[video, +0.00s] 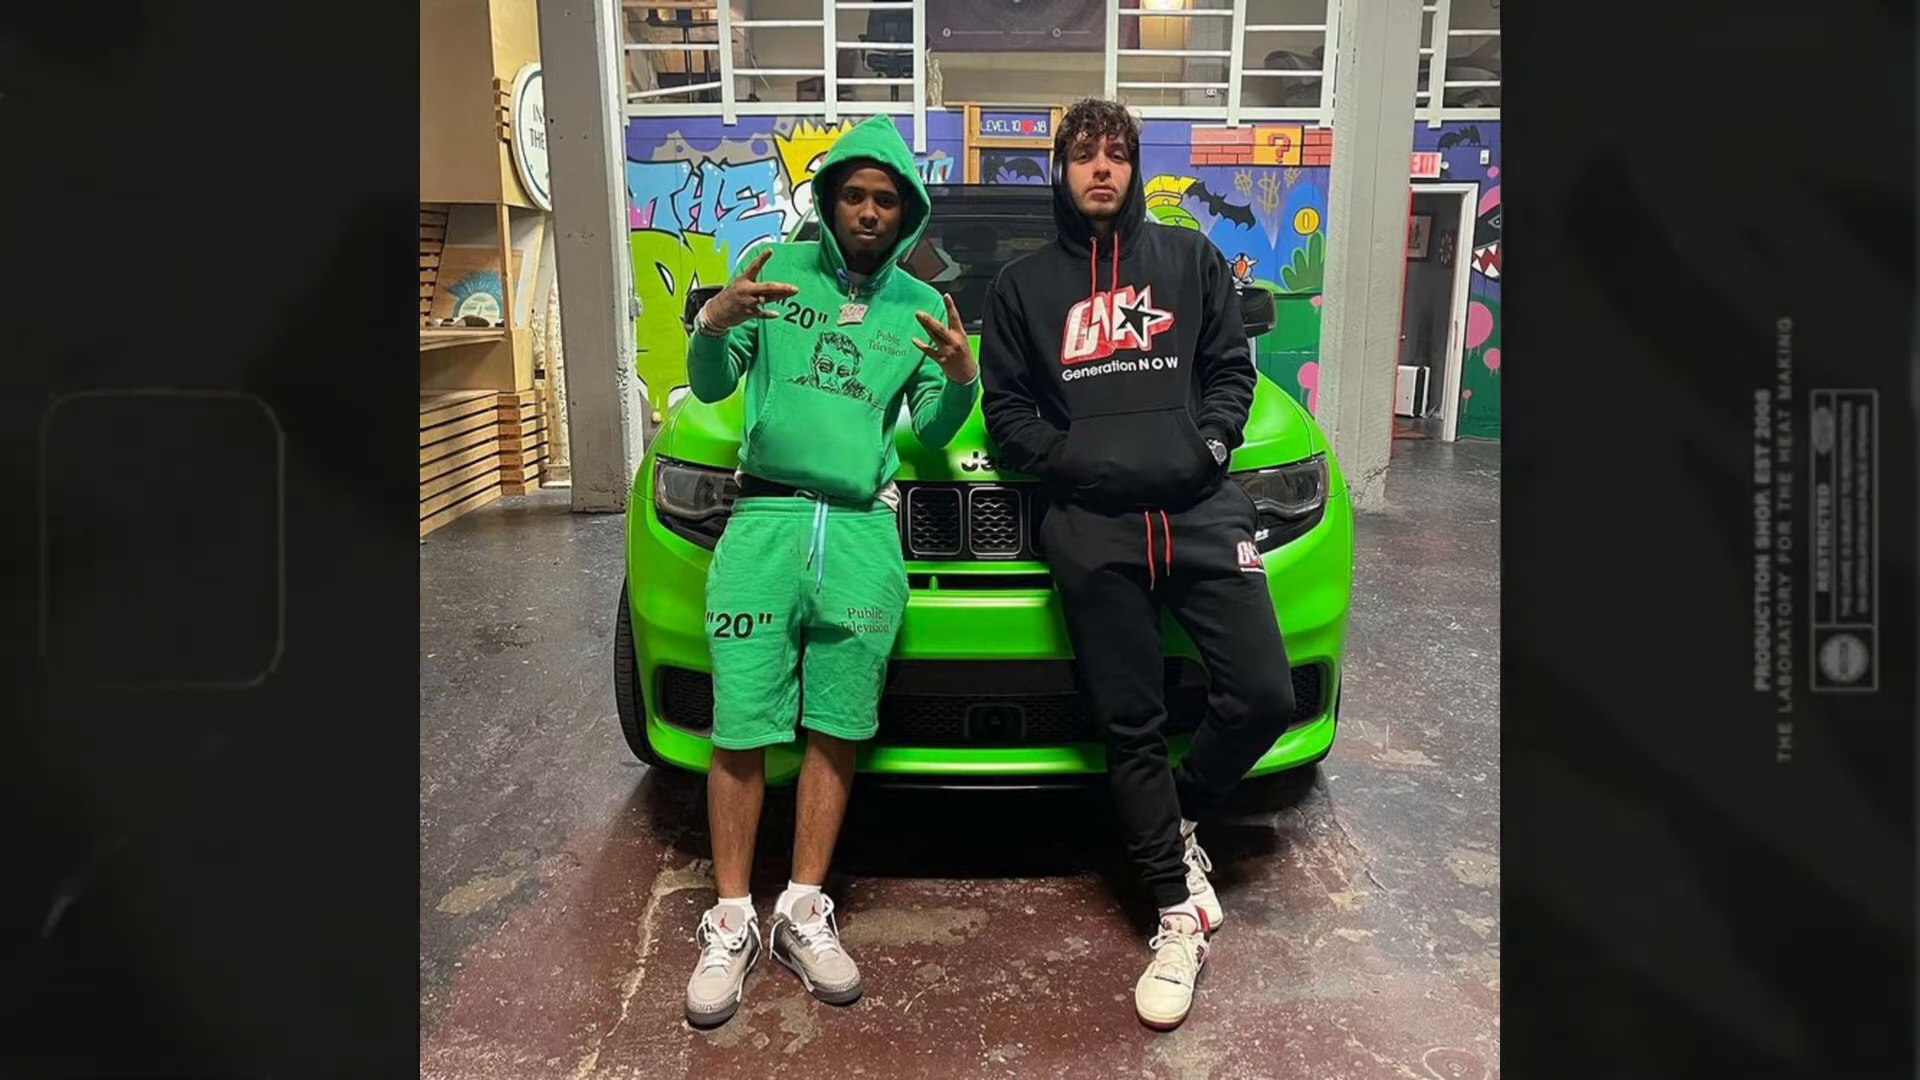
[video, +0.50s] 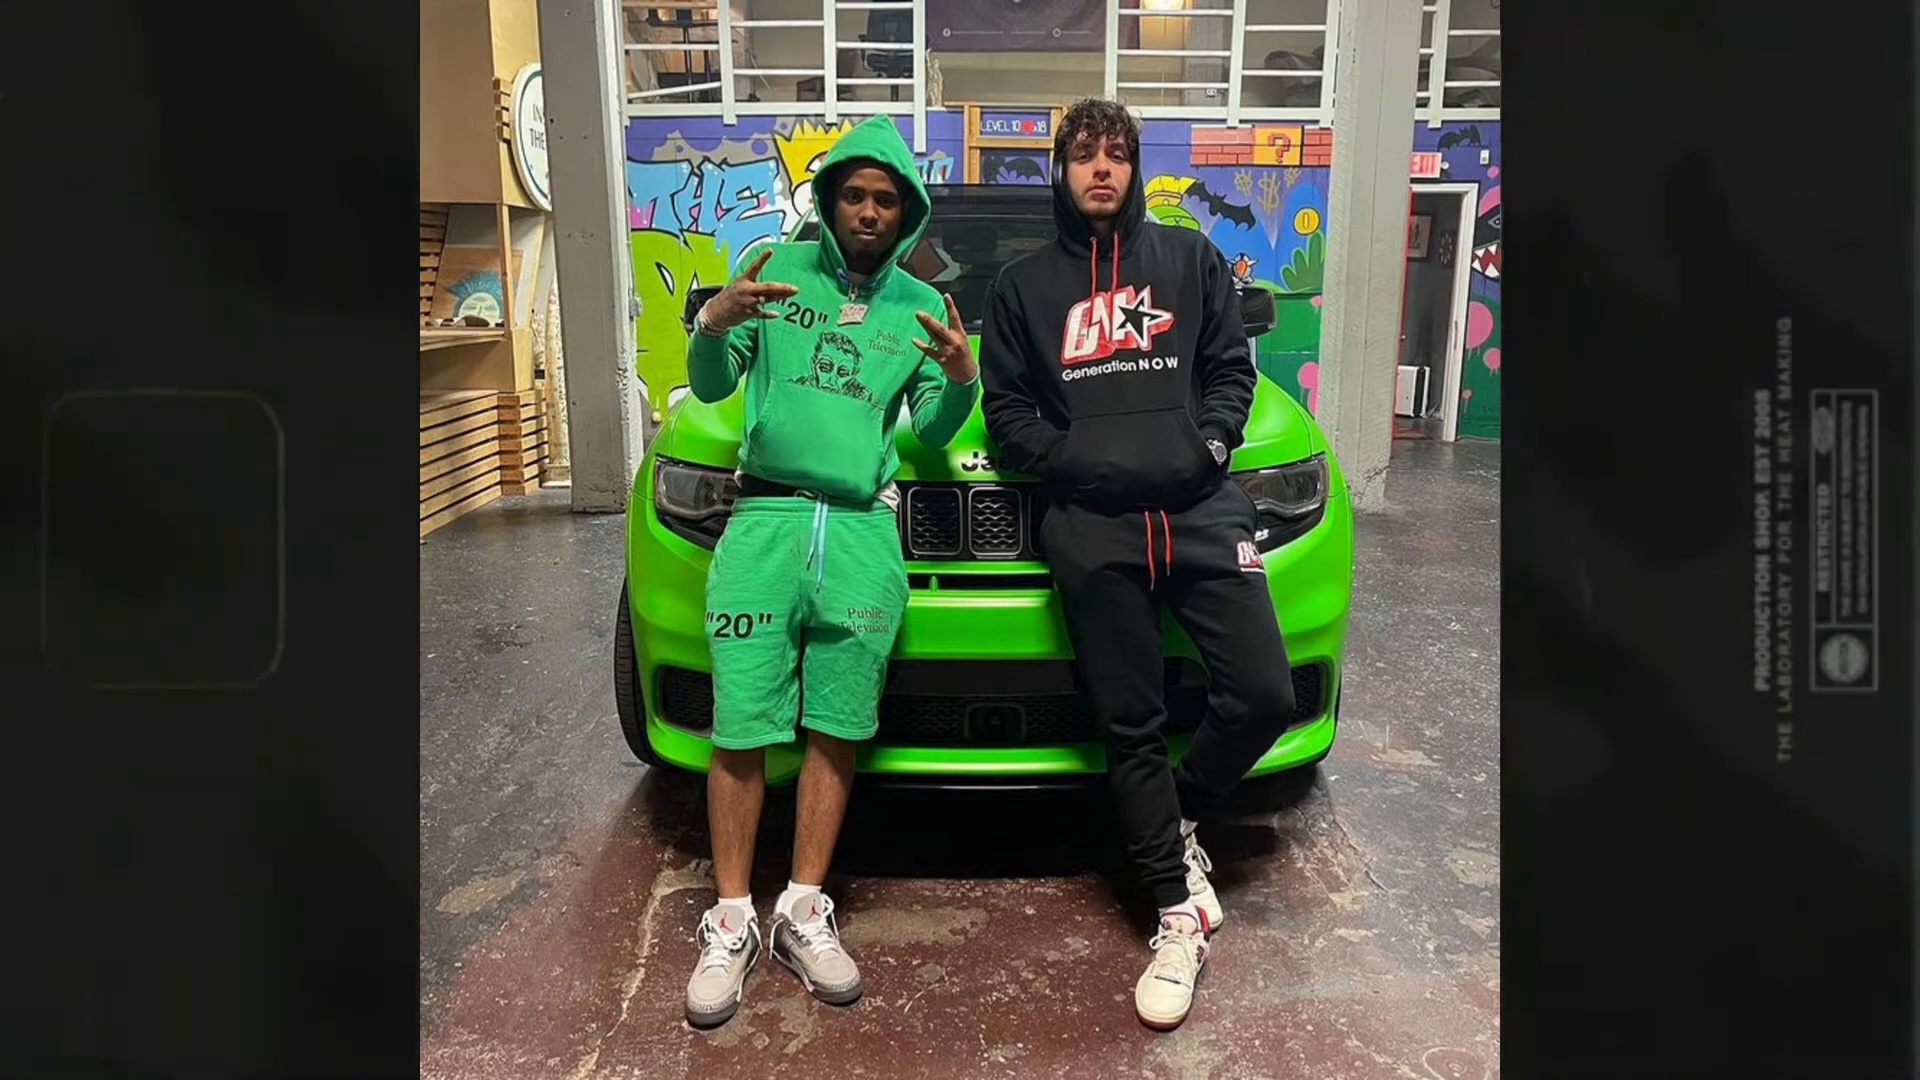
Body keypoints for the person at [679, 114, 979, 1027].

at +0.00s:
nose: (868, 212)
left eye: (885, 198)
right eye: (854, 196)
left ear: (907, 212)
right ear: (827, 202)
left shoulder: (923, 305)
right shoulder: (776, 268)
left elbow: (923, 439)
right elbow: (712, 384)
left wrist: (961, 380)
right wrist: (713, 321)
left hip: (861, 527)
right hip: (763, 517)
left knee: (838, 728)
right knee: (741, 728)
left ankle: (805, 908)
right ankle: (732, 919)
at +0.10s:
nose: (868, 212)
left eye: (885, 198)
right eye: (854, 196)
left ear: (907, 212)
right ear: (827, 202)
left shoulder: (923, 305)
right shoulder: (776, 268)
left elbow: (923, 439)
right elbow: (712, 384)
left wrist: (961, 380)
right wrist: (713, 321)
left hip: (861, 527)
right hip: (763, 517)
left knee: (838, 728)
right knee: (741, 728)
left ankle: (805, 908)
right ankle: (732, 919)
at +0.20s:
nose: (868, 212)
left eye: (885, 198)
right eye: (854, 196)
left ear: (907, 212)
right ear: (827, 202)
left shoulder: (923, 305)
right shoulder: (776, 268)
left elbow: (923, 439)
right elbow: (712, 384)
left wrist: (961, 380)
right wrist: (713, 321)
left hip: (861, 527)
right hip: (763, 517)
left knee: (838, 728)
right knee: (741, 728)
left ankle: (805, 908)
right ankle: (732, 919)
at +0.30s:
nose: (868, 212)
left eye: (885, 198)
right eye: (854, 196)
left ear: (907, 212)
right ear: (827, 202)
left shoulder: (923, 305)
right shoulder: (776, 268)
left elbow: (923, 439)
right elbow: (712, 384)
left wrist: (961, 380)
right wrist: (713, 321)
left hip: (861, 527)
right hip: (763, 517)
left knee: (838, 728)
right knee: (741, 728)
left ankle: (805, 908)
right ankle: (732, 919)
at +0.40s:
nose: (868, 212)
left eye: (885, 198)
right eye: (854, 196)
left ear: (907, 212)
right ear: (827, 202)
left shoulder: (923, 305)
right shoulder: (776, 268)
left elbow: (923, 439)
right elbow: (712, 384)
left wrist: (961, 380)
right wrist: (713, 321)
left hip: (861, 527)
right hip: (763, 517)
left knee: (838, 728)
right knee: (741, 728)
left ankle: (805, 908)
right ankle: (732, 919)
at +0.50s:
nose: (868, 212)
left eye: (885, 198)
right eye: (854, 196)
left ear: (907, 212)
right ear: (827, 202)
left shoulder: (923, 305)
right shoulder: (776, 268)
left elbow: (923, 439)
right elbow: (712, 384)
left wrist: (961, 380)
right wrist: (713, 321)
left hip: (861, 527)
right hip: (763, 517)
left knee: (838, 728)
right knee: (741, 728)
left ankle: (805, 908)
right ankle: (732, 919)